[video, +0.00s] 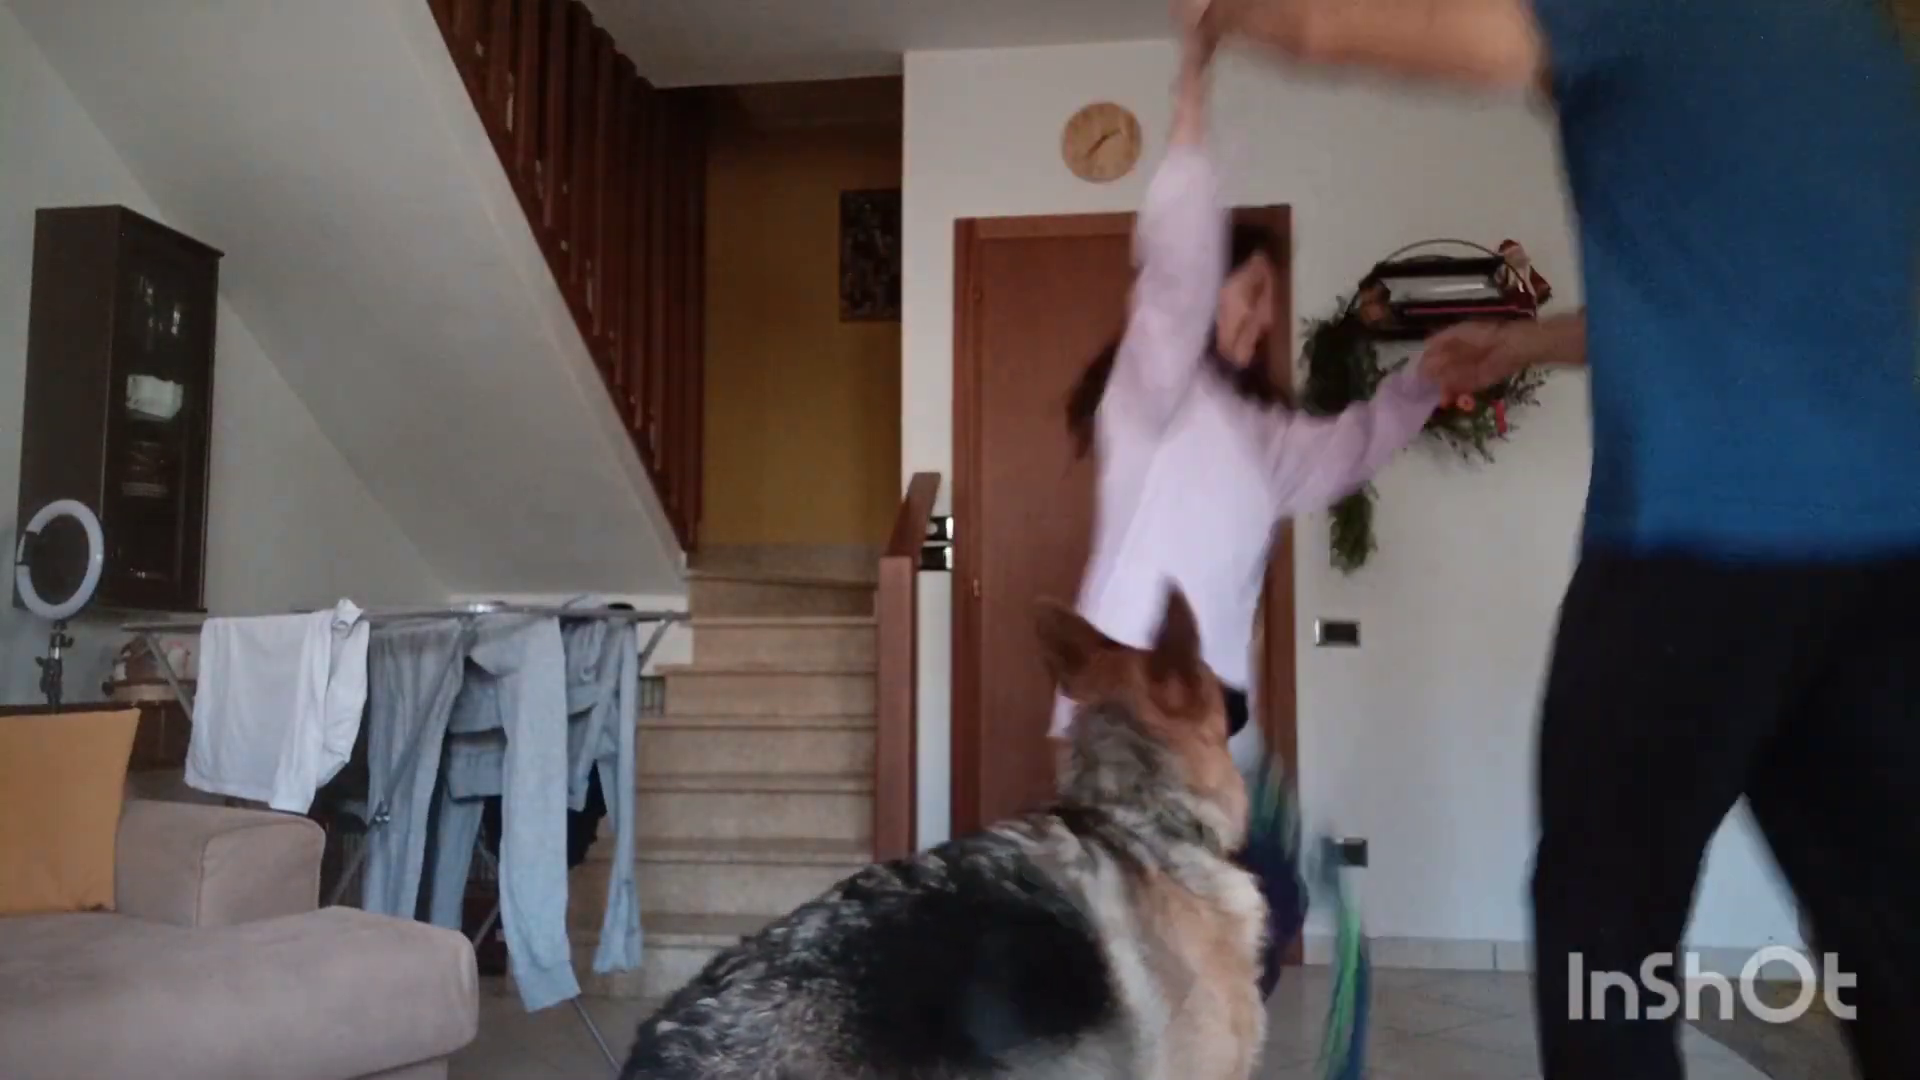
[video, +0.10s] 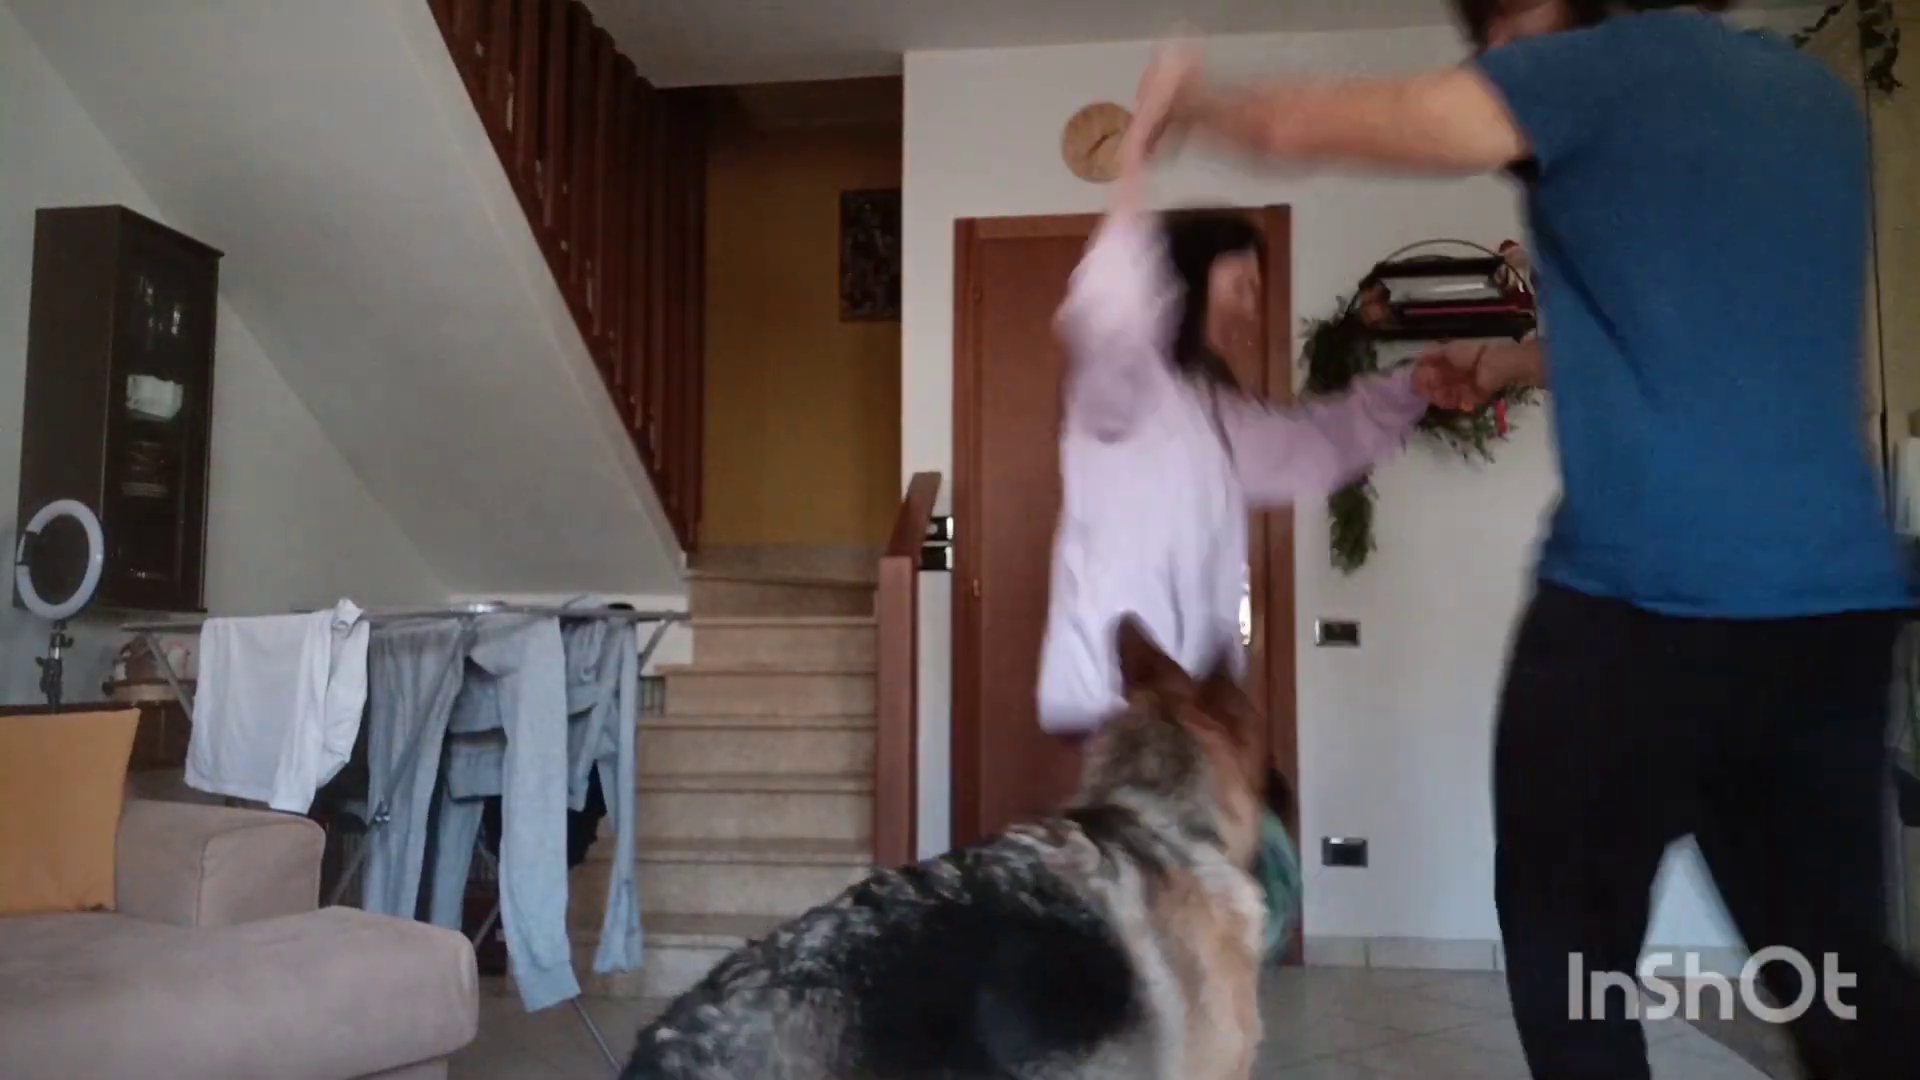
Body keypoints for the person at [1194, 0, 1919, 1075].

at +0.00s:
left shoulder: (1631, 21)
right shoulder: (1870, 41)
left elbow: (1330, 28)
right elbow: (1754, 285)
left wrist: (1230, 10)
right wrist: (1536, 343)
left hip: (1695, 543)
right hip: (1880, 547)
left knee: (1600, 924)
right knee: (1895, 938)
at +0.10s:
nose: (1490, 58)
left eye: (1493, 35)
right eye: (1486, 43)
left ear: (1541, 11)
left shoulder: (1588, 70)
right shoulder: (1817, 93)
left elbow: (1295, 130)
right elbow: (1728, 324)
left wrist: (1196, 97)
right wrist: (1514, 364)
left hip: (1634, 604)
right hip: (1833, 608)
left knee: (1566, 952)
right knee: (1838, 975)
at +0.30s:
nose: (1431, 39)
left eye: (1435, 9)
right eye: (1422, 19)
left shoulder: (1540, 73)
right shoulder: (1723, 75)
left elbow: (1344, 288)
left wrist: (1189, 311)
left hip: (1583, 549)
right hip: (1745, 539)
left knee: (1559, 907)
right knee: (1668, 868)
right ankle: (1768, 1067)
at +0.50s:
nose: (1409, 109)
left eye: (1413, 74)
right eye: (1396, 89)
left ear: (1476, 38)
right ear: (1529, 35)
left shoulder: (1537, 146)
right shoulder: (1650, 145)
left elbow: (1483, 397)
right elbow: (1511, 212)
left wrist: (1343, 503)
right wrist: (1367, 172)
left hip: (1549, 581)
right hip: (1661, 577)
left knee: (1533, 908)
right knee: (1588, 883)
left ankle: (1576, 1071)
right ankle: (1616, 1061)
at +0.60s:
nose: (1402, 130)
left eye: (1404, 94)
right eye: (1388, 109)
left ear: (1466, 54)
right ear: (1494, 55)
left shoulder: (1548, 149)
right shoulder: (1598, 149)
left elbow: (1533, 396)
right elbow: (1437, 239)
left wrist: (1407, 529)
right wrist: (1307, 178)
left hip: (1552, 574)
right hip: (1612, 568)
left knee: (1529, 900)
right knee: (1572, 876)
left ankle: (1570, 1074)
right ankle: (1596, 1064)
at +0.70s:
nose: (1401, 142)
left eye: (1402, 105)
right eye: (1386, 121)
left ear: (1463, 63)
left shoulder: (1565, 159)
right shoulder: (1531, 176)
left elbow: (1554, 392)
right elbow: (1424, 260)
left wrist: (1423, 514)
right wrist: (1294, 193)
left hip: (1562, 559)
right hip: (1567, 554)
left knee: (1518, 867)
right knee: (1562, 861)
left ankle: (1580, 1067)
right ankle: (1597, 1062)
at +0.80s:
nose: (1411, 180)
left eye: (1423, 150)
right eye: (1398, 161)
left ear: (1485, 127)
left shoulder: (1572, 219)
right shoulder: (1516, 235)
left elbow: (1572, 426)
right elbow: (1401, 292)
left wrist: (1427, 519)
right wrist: (1283, 227)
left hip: (1569, 590)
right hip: (1535, 584)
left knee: (1528, 862)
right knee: (1543, 860)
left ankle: (1588, 1072)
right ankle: (1596, 1068)